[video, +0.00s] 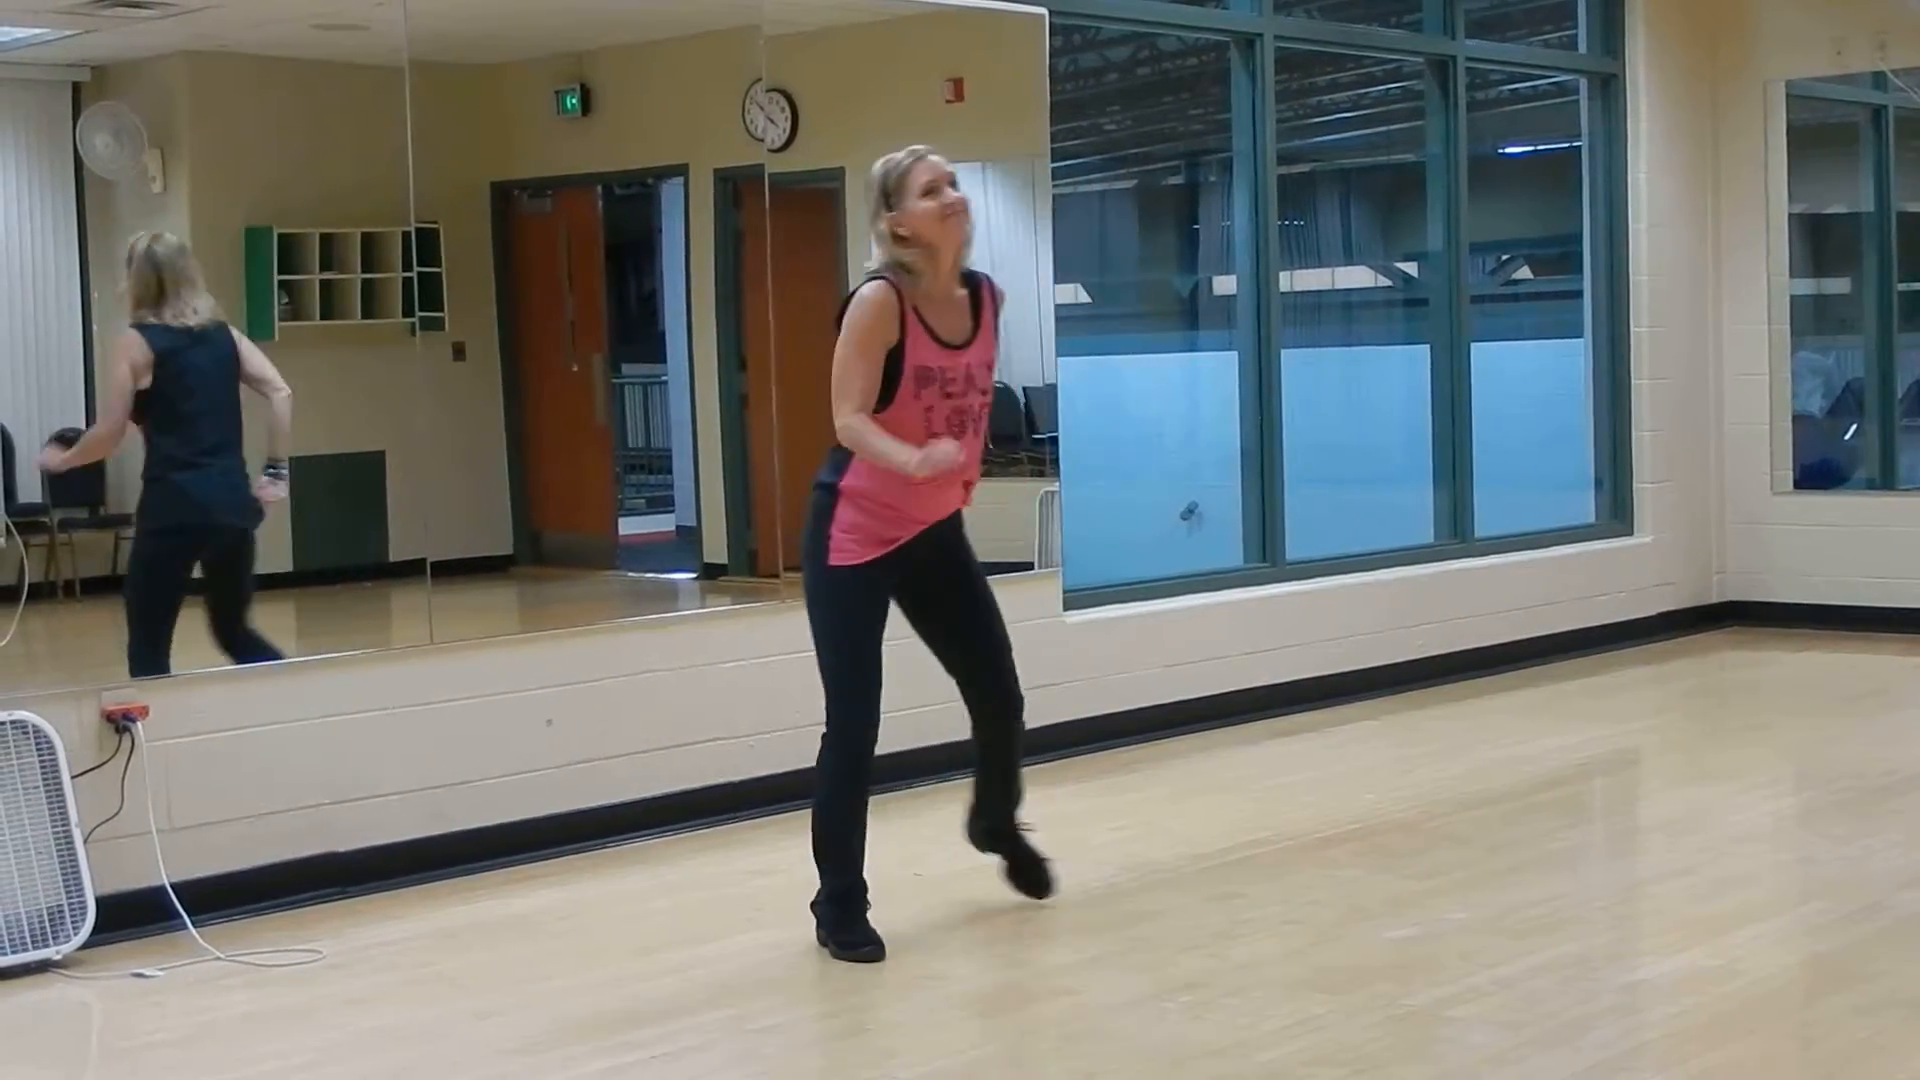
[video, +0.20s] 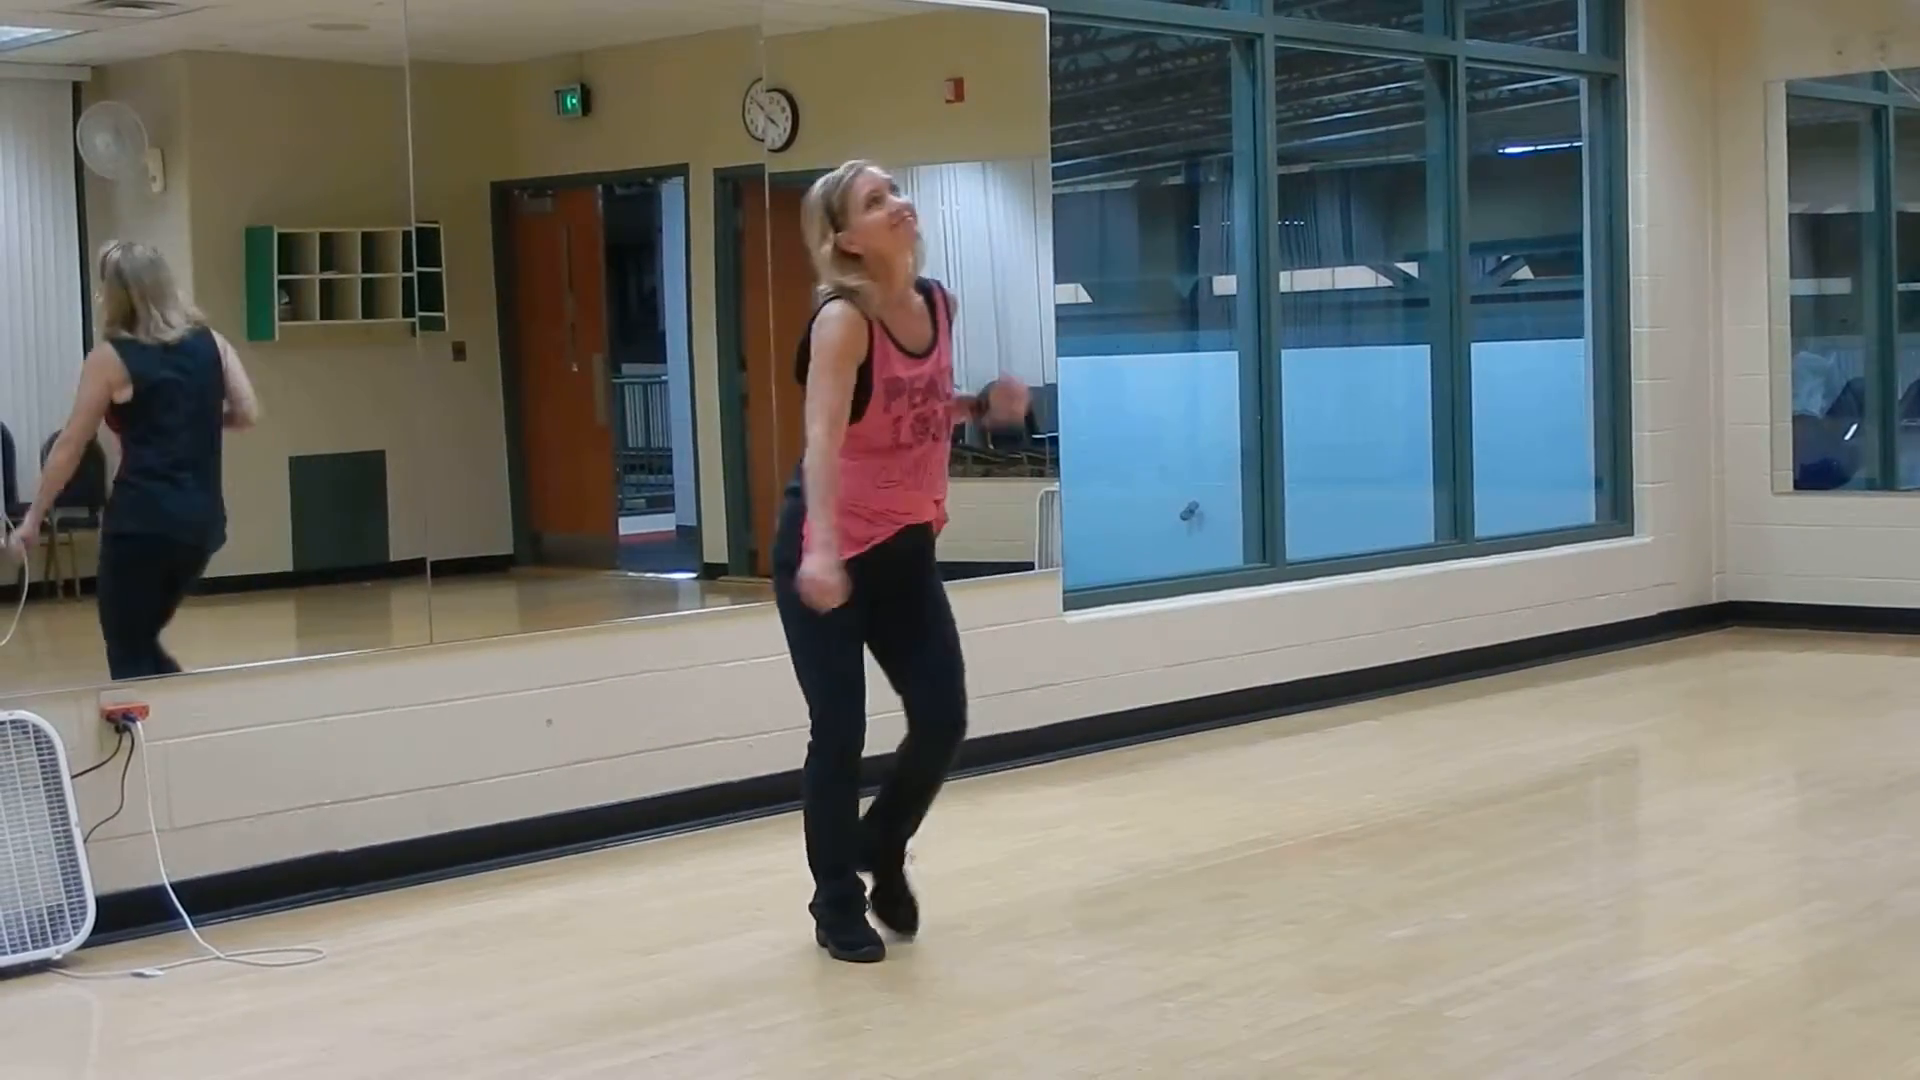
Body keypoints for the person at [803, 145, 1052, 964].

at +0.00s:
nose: (955, 196)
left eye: (954, 184)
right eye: (933, 191)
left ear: (964, 205)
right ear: (896, 223)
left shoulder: (983, 296)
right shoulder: (878, 303)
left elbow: (962, 400)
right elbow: (847, 419)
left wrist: (961, 462)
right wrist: (916, 458)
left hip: (931, 529)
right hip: (852, 533)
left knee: (997, 692)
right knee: (853, 723)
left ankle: (994, 823)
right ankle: (839, 907)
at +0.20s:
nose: (901, 203)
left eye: (898, 192)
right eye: (878, 202)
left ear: (908, 216)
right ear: (847, 242)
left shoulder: (937, 305)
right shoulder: (842, 322)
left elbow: (918, 413)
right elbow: (821, 438)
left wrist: (981, 409)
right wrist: (821, 546)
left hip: (900, 545)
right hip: (820, 547)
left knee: (942, 718)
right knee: (838, 730)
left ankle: (883, 841)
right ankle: (834, 904)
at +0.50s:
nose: (848, 169)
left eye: (854, 160)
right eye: (827, 162)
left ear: (869, 184)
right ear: (789, 196)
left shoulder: (897, 254)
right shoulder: (765, 288)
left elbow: (954, 347)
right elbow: (706, 395)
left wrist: (1007, 349)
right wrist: (718, 499)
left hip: (888, 510)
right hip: (804, 522)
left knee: (890, 708)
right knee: (815, 710)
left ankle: (868, 876)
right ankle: (799, 887)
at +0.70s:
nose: (815, 185)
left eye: (820, 175)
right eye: (793, 175)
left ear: (830, 200)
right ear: (749, 203)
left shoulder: (853, 267)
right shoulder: (715, 310)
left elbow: (917, 361)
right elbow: (687, 405)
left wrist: (976, 446)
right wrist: (731, 472)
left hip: (864, 524)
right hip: (778, 537)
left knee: (866, 722)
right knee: (758, 730)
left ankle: (860, 884)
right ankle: (694, 917)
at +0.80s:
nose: (799, 194)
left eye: (801, 183)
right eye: (778, 182)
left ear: (804, 206)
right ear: (731, 204)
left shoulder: (833, 278)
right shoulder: (689, 319)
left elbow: (870, 381)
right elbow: (672, 431)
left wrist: (898, 467)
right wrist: (731, 452)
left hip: (839, 528)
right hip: (749, 546)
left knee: (868, 718)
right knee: (733, 739)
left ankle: (862, 878)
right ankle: (690, 925)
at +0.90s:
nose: (783, 197)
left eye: (784, 185)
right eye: (763, 184)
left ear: (780, 209)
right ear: (713, 205)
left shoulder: (815, 285)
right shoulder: (667, 320)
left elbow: (831, 389)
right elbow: (655, 443)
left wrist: (834, 472)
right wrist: (729, 417)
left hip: (804, 524)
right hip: (718, 544)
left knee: (894, 689)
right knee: (717, 737)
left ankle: (864, 843)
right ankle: (689, 925)